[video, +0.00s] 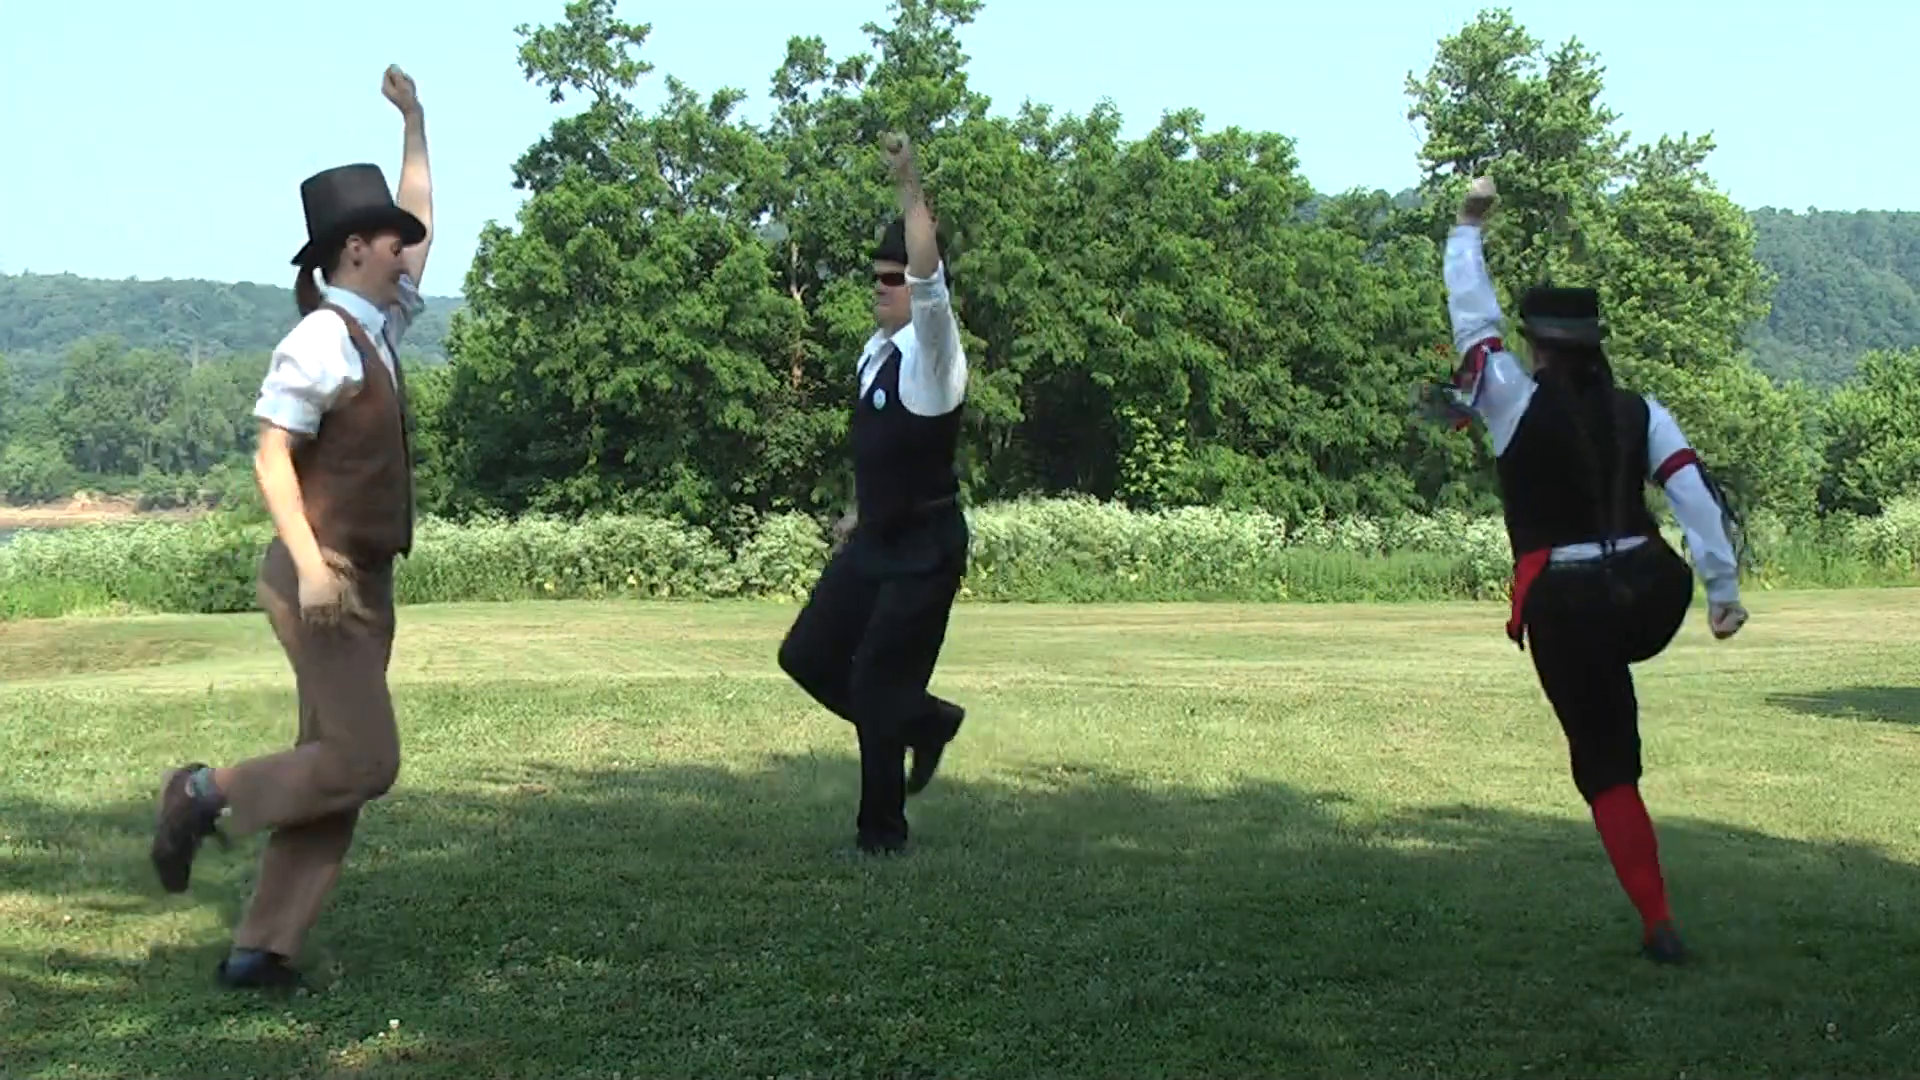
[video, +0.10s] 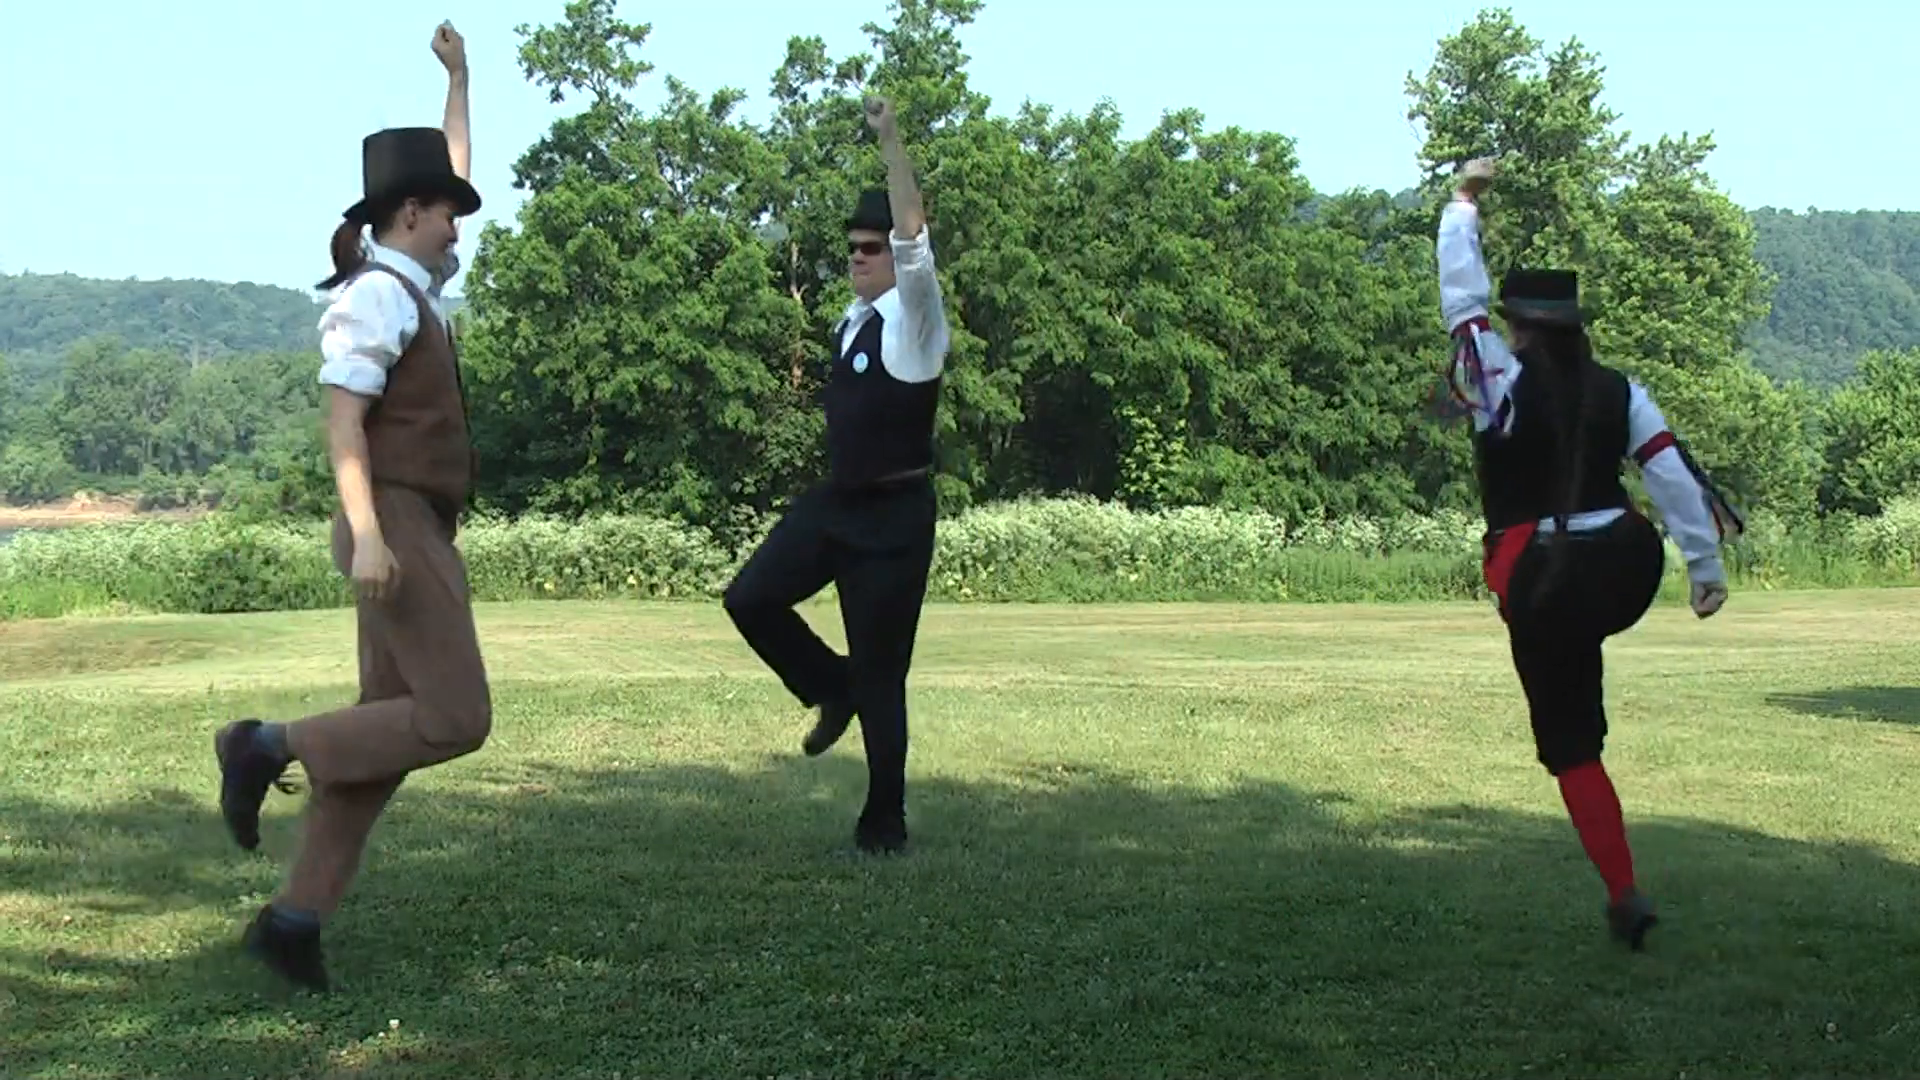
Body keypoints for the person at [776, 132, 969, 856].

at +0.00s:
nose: (880, 291)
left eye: (892, 282)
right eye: (876, 282)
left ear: (922, 289)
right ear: (876, 291)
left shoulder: (933, 356)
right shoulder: (875, 355)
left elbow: (926, 274)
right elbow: (882, 447)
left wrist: (911, 184)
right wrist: (862, 511)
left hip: (927, 544)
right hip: (873, 539)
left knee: (879, 688)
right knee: (805, 656)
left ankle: (881, 830)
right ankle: (928, 721)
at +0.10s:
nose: (860, 260)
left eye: (872, 249)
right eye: (853, 249)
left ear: (901, 255)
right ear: (847, 257)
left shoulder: (916, 321)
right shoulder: (853, 323)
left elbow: (913, 234)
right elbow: (860, 414)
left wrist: (890, 140)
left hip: (895, 514)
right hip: (833, 503)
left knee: (877, 676)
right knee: (749, 599)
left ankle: (884, 824)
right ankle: (834, 688)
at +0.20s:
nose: (840, 248)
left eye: (854, 237)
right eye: (834, 236)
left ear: (884, 243)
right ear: (825, 242)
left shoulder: (896, 307)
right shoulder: (820, 304)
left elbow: (901, 219)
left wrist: (880, 122)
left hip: (871, 501)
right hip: (808, 489)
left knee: (842, 663)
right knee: (729, 584)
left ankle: (857, 817)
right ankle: (781, 677)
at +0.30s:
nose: (820, 267)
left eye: (834, 256)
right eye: (811, 256)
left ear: (860, 263)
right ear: (798, 264)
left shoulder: (874, 324)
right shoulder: (786, 332)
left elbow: (889, 238)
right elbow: (780, 416)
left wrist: (877, 138)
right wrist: (778, 486)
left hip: (848, 521)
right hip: (783, 511)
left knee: (819, 681)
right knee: (714, 598)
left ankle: (814, 831)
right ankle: (745, 703)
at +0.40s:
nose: (799, 285)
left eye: (812, 274)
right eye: (788, 274)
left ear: (837, 280)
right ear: (775, 281)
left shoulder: (854, 346)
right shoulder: (756, 351)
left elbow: (879, 257)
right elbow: (738, 447)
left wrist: (865, 154)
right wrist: (725, 521)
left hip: (827, 541)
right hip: (759, 530)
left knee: (796, 699)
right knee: (694, 615)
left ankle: (812, 835)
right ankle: (697, 745)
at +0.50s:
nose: (775, 284)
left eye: (787, 274)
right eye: (764, 274)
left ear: (812, 280)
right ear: (749, 279)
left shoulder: (829, 344)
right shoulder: (724, 351)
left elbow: (860, 253)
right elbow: (691, 432)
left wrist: (848, 151)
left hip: (803, 539)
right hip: (725, 534)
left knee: (787, 694)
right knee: (659, 644)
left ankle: (810, 833)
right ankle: (661, 780)